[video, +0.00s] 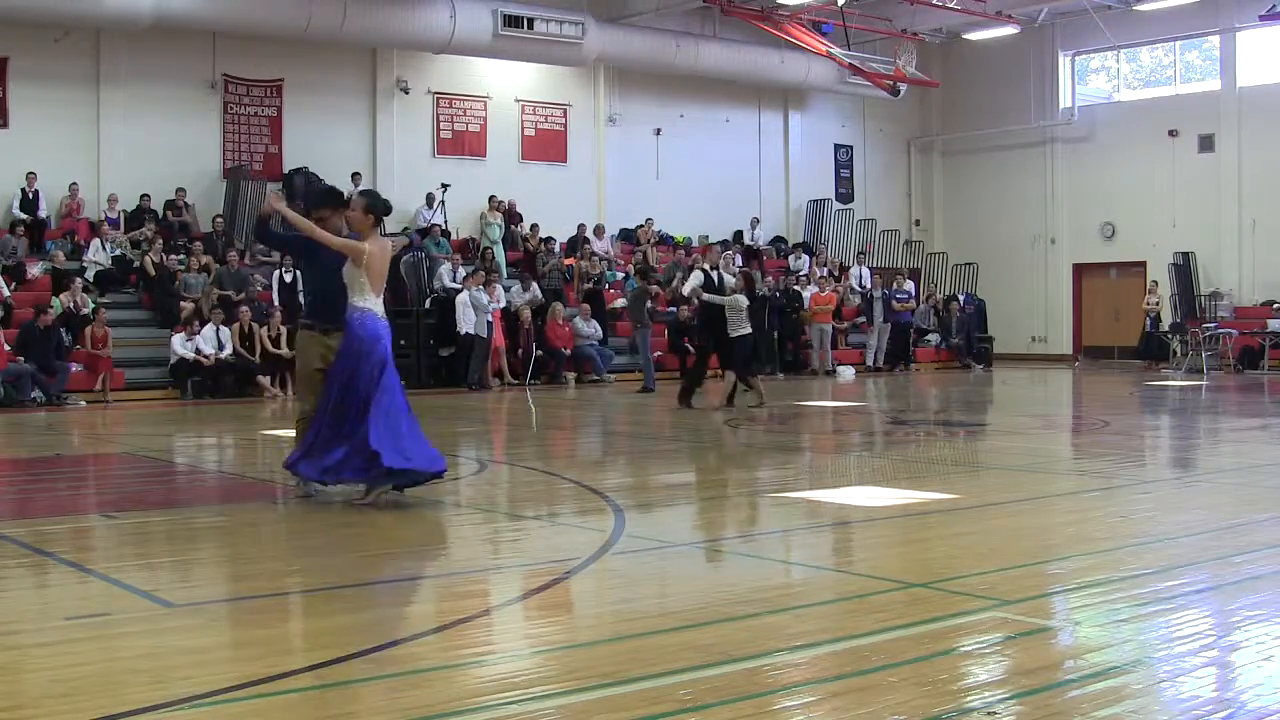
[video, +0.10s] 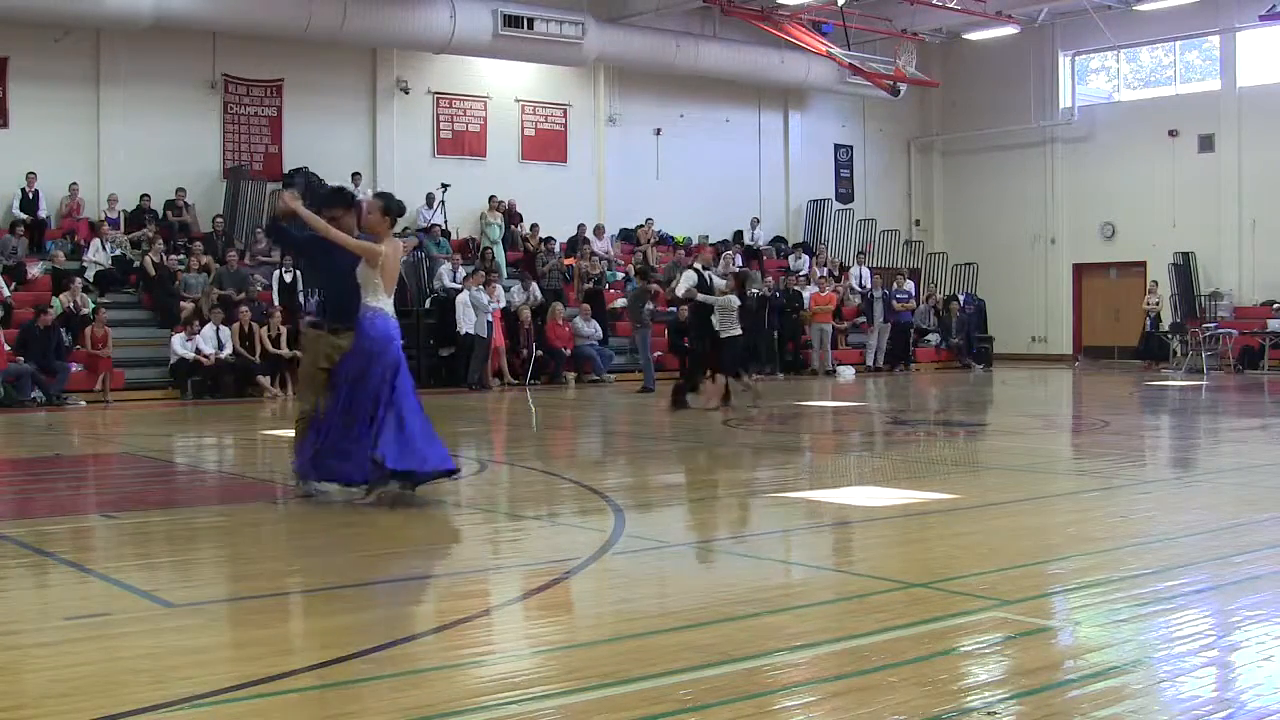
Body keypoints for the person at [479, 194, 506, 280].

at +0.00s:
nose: (495, 204)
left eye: (496, 202)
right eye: (493, 202)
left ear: (498, 203)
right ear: (489, 203)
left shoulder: (500, 215)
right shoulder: (484, 214)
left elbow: (502, 227)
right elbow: (483, 227)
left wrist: (499, 237)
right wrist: (490, 238)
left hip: (497, 239)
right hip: (487, 239)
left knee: (499, 257)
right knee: (487, 257)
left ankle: (500, 275)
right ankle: (486, 275)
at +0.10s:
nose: (495, 204)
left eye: (496, 202)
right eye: (493, 202)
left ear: (498, 203)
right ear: (489, 203)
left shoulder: (500, 215)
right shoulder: (484, 214)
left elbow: (502, 227)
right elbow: (483, 227)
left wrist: (499, 238)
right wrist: (490, 238)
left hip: (497, 239)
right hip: (487, 239)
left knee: (499, 257)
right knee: (487, 256)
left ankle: (500, 276)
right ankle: (486, 275)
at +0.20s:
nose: (495, 204)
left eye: (496, 202)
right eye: (493, 202)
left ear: (498, 203)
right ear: (489, 203)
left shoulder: (500, 215)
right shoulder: (484, 214)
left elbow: (502, 227)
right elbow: (483, 227)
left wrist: (499, 237)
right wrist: (490, 238)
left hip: (497, 240)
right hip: (487, 239)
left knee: (499, 257)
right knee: (487, 257)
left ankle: (500, 276)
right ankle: (486, 275)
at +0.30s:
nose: (495, 204)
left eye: (496, 202)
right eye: (493, 202)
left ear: (498, 203)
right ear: (489, 203)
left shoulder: (500, 215)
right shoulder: (484, 214)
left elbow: (502, 227)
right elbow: (483, 227)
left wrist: (499, 237)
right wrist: (490, 238)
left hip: (497, 239)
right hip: (487, 238)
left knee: (499, 257)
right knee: (487, 256)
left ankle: (500, 275)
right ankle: (486, 275)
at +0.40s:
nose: (495, 204)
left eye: (496, 202)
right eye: (493, 202)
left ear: (498, 203)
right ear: (489, 203)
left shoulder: (500, 215)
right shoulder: (484, 214)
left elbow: (502, 227)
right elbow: (483, 227)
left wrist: (499, 237)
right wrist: (490, 238)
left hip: (497, 239)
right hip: (487, 238)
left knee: (499, 257)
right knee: (487, 256)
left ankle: (500, 275)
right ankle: (486, 275)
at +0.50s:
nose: (495, 204)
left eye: (496, 202)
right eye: (493, 202)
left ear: (498, 203)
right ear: (489, 203)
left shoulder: (500, 215)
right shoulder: (484, 214)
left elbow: (502, 227)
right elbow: (483, 227)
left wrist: (499, 238)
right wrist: (489, 238)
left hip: (497, 240)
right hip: (487, 239)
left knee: (499, 257)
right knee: (487, 256)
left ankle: (500, 275)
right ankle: (486, 275)